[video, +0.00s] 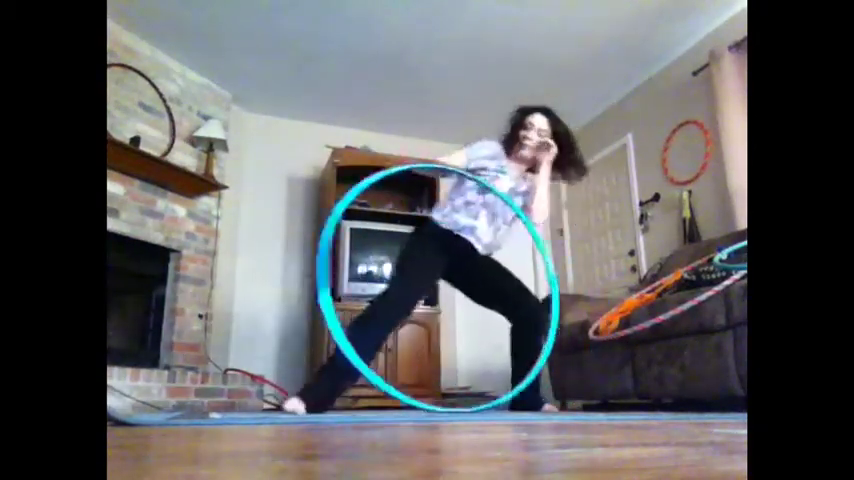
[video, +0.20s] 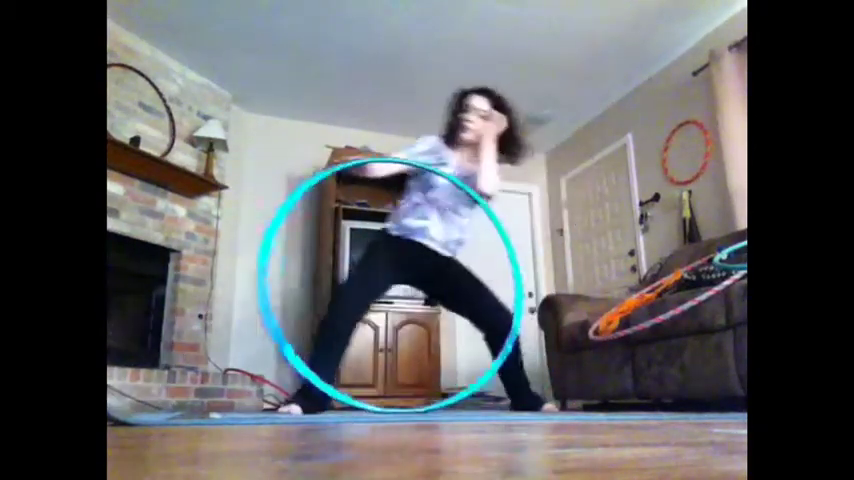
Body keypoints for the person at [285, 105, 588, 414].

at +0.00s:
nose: (528, 135)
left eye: (539, 132)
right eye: (525, 128)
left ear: (550, 146)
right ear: (515, 132)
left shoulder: (534, 187)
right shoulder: (491, 151)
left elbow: (538, 225)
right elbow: (438, 166)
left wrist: (545, 167)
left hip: (471, 258)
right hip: (434, 240)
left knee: (529, 310)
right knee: (391, 308)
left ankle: (527, 406)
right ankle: (310, 401)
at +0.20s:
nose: (470, 118)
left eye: (481, 115)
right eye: (466, 111)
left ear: (498, 128)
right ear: (456, 117)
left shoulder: (486, 169)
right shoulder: (433, 147)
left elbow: (488, 188)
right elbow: (379, 169)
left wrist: (489, 137)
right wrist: (358, 162)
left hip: (439, 263)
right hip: (394, 249)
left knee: (498, 320)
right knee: (344, 308)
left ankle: (526, 402)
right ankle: (310, 400)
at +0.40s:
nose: (401, 100)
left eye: (411, 94)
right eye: (397, 93)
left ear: (430, 105)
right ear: (389, 100)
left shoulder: (436, 154)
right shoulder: (372, 145)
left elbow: (418, 156)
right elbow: (321, 174)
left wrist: (419, 108)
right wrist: (262, 185)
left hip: (413, 261)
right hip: (363, 255)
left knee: (470, 322)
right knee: (311, 296)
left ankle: (522, 399)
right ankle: (306, 398)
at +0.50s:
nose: (382, 99)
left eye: (392, 92)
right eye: (375, 92)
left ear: (407, 101)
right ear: (364, 100)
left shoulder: (417, 143)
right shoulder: (347, 145)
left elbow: (403, 151)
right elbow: (296, 180)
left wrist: (394, 103)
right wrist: (233, 197)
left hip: (405, 259)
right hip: (354, 256)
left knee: (463, 325)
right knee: (302, 293)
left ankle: (525, 402)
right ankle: (303, 398)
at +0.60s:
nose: (350, 101)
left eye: (357, 94)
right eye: (342, 94)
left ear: (373, 100)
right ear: (331, 103)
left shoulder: (390, 141)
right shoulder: (324, 153)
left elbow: (400, 132)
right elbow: (282, 191)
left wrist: (373, 98)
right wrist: (227, 205)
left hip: (397, 255)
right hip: (348, 258)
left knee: (455, 327)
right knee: (295, 295)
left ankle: (522, 402)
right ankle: (304, 398)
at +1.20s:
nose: (396, 142)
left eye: (402, 134)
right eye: (386, 136)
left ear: (411, 136)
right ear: (370, 142)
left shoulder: (425, 153)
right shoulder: (369, 194)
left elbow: (457, 101)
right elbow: (374, 245)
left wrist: (491, 55)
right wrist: (343, 205)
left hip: (445, 275)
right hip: (396, 279)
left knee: (520, 313)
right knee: (347, 306)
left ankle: (532, 402)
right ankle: (306, 400)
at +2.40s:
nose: (492, 181)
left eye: (501, 178)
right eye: (489, 171)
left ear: (508, 186)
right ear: (474, 167)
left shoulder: (496, 218)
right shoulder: (437, 193)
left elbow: (485, 270)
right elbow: (378, 197)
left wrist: (476, 325)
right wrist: (422, 182)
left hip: (458, 306)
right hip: (407, 298)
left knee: (532, 315)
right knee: (349, 306)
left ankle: (539, 411)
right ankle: (301, 403)